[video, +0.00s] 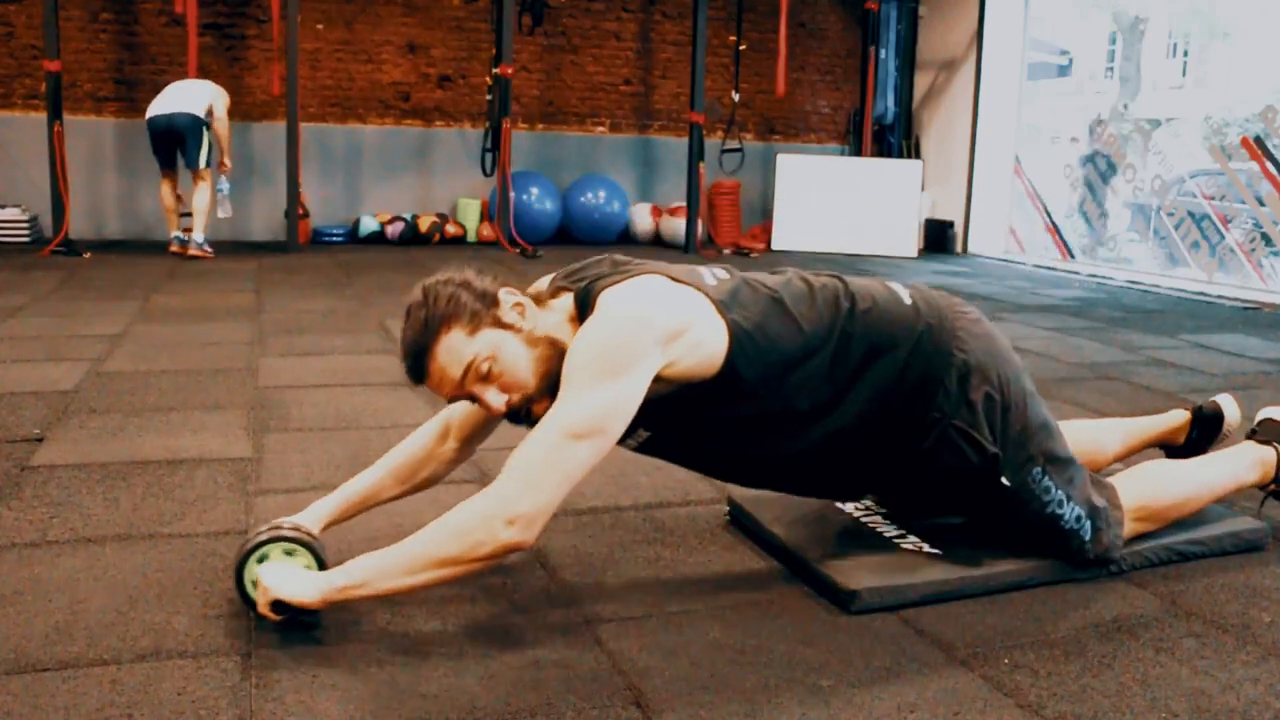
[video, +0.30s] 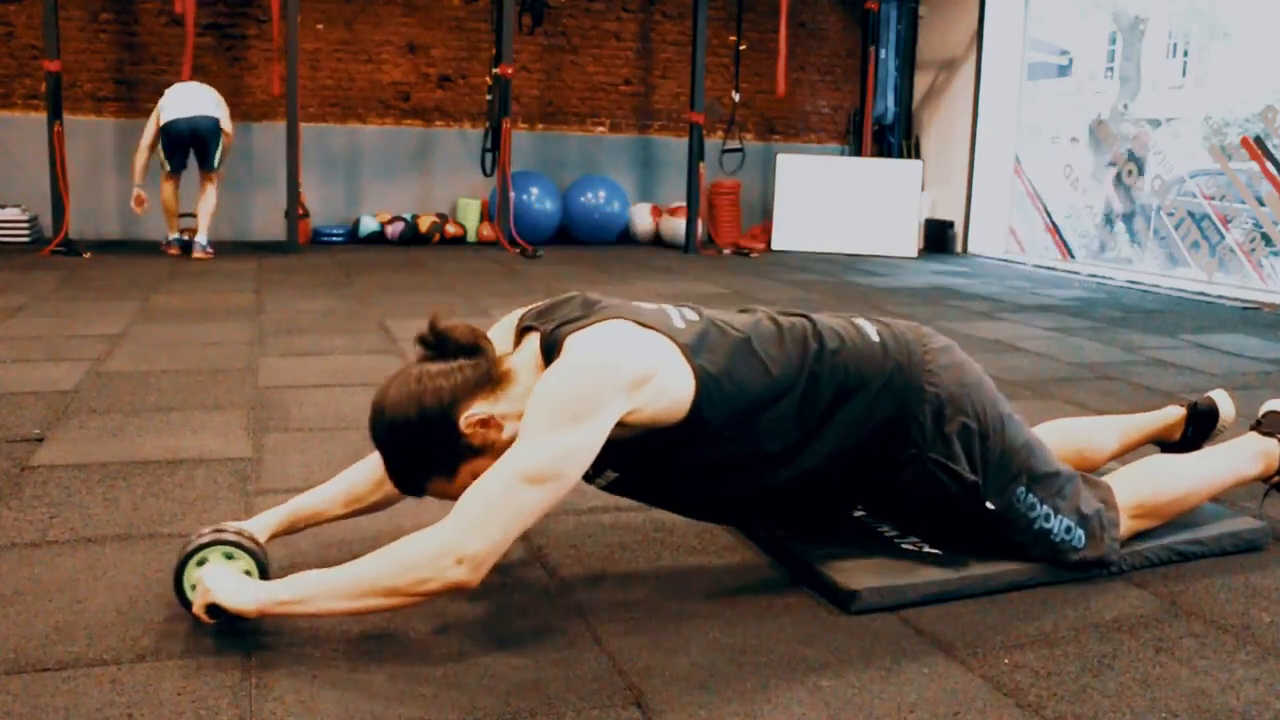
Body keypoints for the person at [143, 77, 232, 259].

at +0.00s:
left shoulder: (177, 87)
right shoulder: (218, 91)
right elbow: (219, 118)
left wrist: (173, 190)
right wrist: (224, 155)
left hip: (156, 117)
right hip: (190, 117)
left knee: (167, 176)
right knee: (202, 179)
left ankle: (175, 235)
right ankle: (198, 239)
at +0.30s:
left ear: (174, 89)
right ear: (201, 86)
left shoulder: (166, 97)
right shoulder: (212, 92)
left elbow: (145, 144)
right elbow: (227, 132)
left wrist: (138, 185)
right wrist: (216, 168)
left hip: (172, 122)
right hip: (207, 121)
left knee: (170, 179)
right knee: (208, 180)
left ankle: (173, 238)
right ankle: (201, 241)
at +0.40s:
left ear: (169, 95)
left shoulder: (163, 102)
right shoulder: (209, 95)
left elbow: (143, 150)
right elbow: (229, 133)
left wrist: (130, 191)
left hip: (179, 124)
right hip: (214, 123)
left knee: (168, 177)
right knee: (211, 180)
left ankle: (170, 238)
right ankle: (201, 241)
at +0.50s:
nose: (159, 141)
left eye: (158, 138)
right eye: (157, 139)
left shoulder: (157, 112)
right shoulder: (206, 100)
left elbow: (139, 160)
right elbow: (229, 137)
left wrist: (124, 199)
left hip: (185, 125)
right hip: (219, 123)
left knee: (170, 178)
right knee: (211, 181)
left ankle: (180, 237)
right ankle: (202, 242)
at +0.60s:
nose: (159, 147)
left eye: (157, 144)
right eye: (160, 146)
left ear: (153, 131)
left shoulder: (151, 123)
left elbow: (134, 169)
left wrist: (118, 207)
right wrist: (200, 212)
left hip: (189, 129)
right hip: (222, 125)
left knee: (172, 187)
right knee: (212, 183)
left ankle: (196, 236)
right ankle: (203, 239)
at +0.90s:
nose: (142, 173)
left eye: (138, 167)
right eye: (140, 170)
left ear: (132, 154)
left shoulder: (135, 151)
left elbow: (116, 203)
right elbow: (197, 192)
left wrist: (97, 240)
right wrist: (189, 222)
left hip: (185, 155)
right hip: (217, 148)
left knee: (155, 201)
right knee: (204, 191)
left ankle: (194, 239)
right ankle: (201, 241)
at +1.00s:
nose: (130, 172)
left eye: (123, 162)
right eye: (124, 164)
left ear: (124, 153)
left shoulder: (128, 154)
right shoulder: (169, 133)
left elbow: (113, 205)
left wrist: (96, 240)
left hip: (173, 168)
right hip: (208, 160)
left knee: (146, 209)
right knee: (201, 195)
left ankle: (185, 236)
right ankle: (200, 239)